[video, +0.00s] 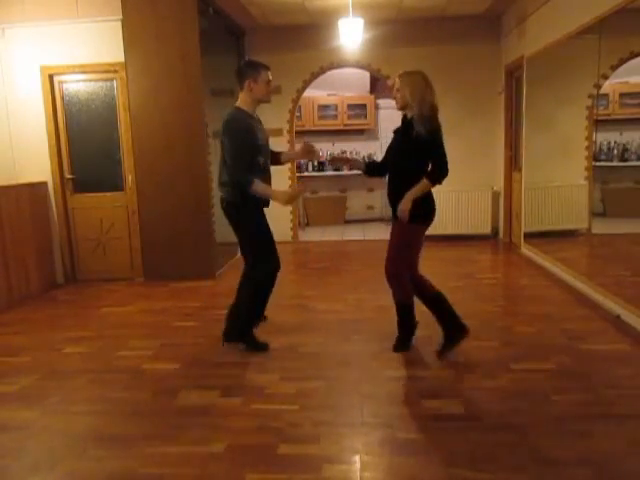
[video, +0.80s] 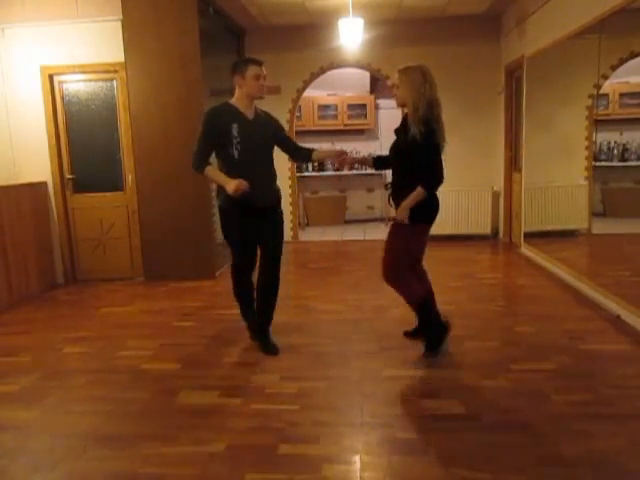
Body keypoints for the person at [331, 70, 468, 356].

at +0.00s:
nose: (394, 94)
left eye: (398, 89)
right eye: (394, 89)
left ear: (413, 91)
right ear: (405, 93)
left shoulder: (425, 124)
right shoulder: (405, 127)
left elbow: (440, 170)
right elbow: (383, 168)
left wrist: (410, 196)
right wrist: (353, 163)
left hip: (416, 207)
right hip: (404, 206)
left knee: (396, 270)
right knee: (407, 272)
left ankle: (405, 330)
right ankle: (453, 326)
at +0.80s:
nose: (394, 91)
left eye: (399, 86)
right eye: (394, 86)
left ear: (414, 90)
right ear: (409, 90)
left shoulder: (423, 126)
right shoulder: (407, 124)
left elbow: (434, 177)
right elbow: (395, 161)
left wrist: (407, 204)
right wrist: (360, 161)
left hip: (418, 208)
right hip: (412, 208)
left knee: (394, 270)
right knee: (410, 266)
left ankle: (434, 325)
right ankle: (427, 320)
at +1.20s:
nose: (394, 91)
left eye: (398, 87)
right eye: (394, 86)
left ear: (414, 90)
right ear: (410, 90)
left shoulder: (424, 124)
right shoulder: (406, 123)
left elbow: (435, 173)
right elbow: (384, 165)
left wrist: (406, 200)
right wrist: (350, 180)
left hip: (415, 208)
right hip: (406, 207)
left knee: (411, 274)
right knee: (412, 271)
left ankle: (428, 348)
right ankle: (427, 326)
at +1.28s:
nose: (393, 91)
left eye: (397, 86)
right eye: (393, 86)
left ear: (413, 89)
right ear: (409, 90)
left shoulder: (423, 123)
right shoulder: (405, 123)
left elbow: (434, 173)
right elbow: (384, 165)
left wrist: (406, 201)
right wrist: (350, 180)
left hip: (415, 208)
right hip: (405, 207)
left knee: (415, 275)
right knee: (414, 272)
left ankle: (430, 349)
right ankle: (426, 325)